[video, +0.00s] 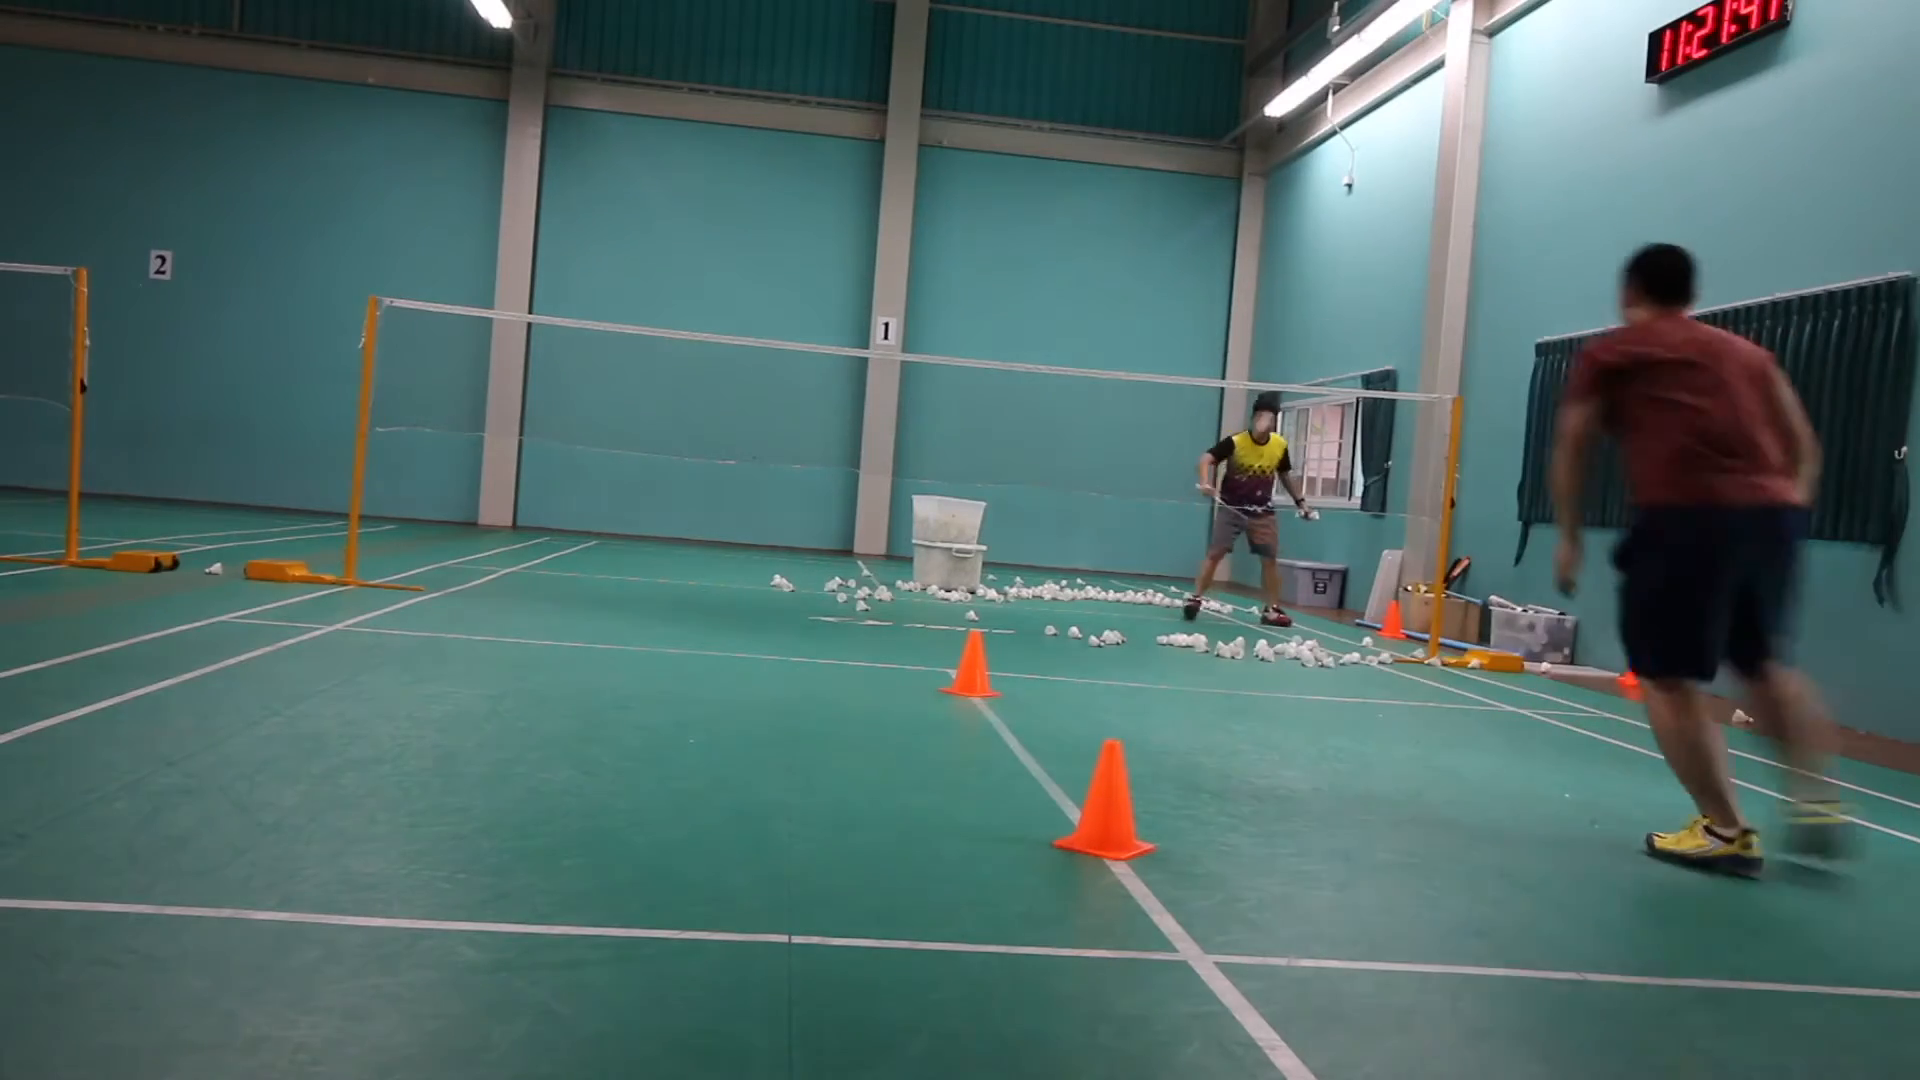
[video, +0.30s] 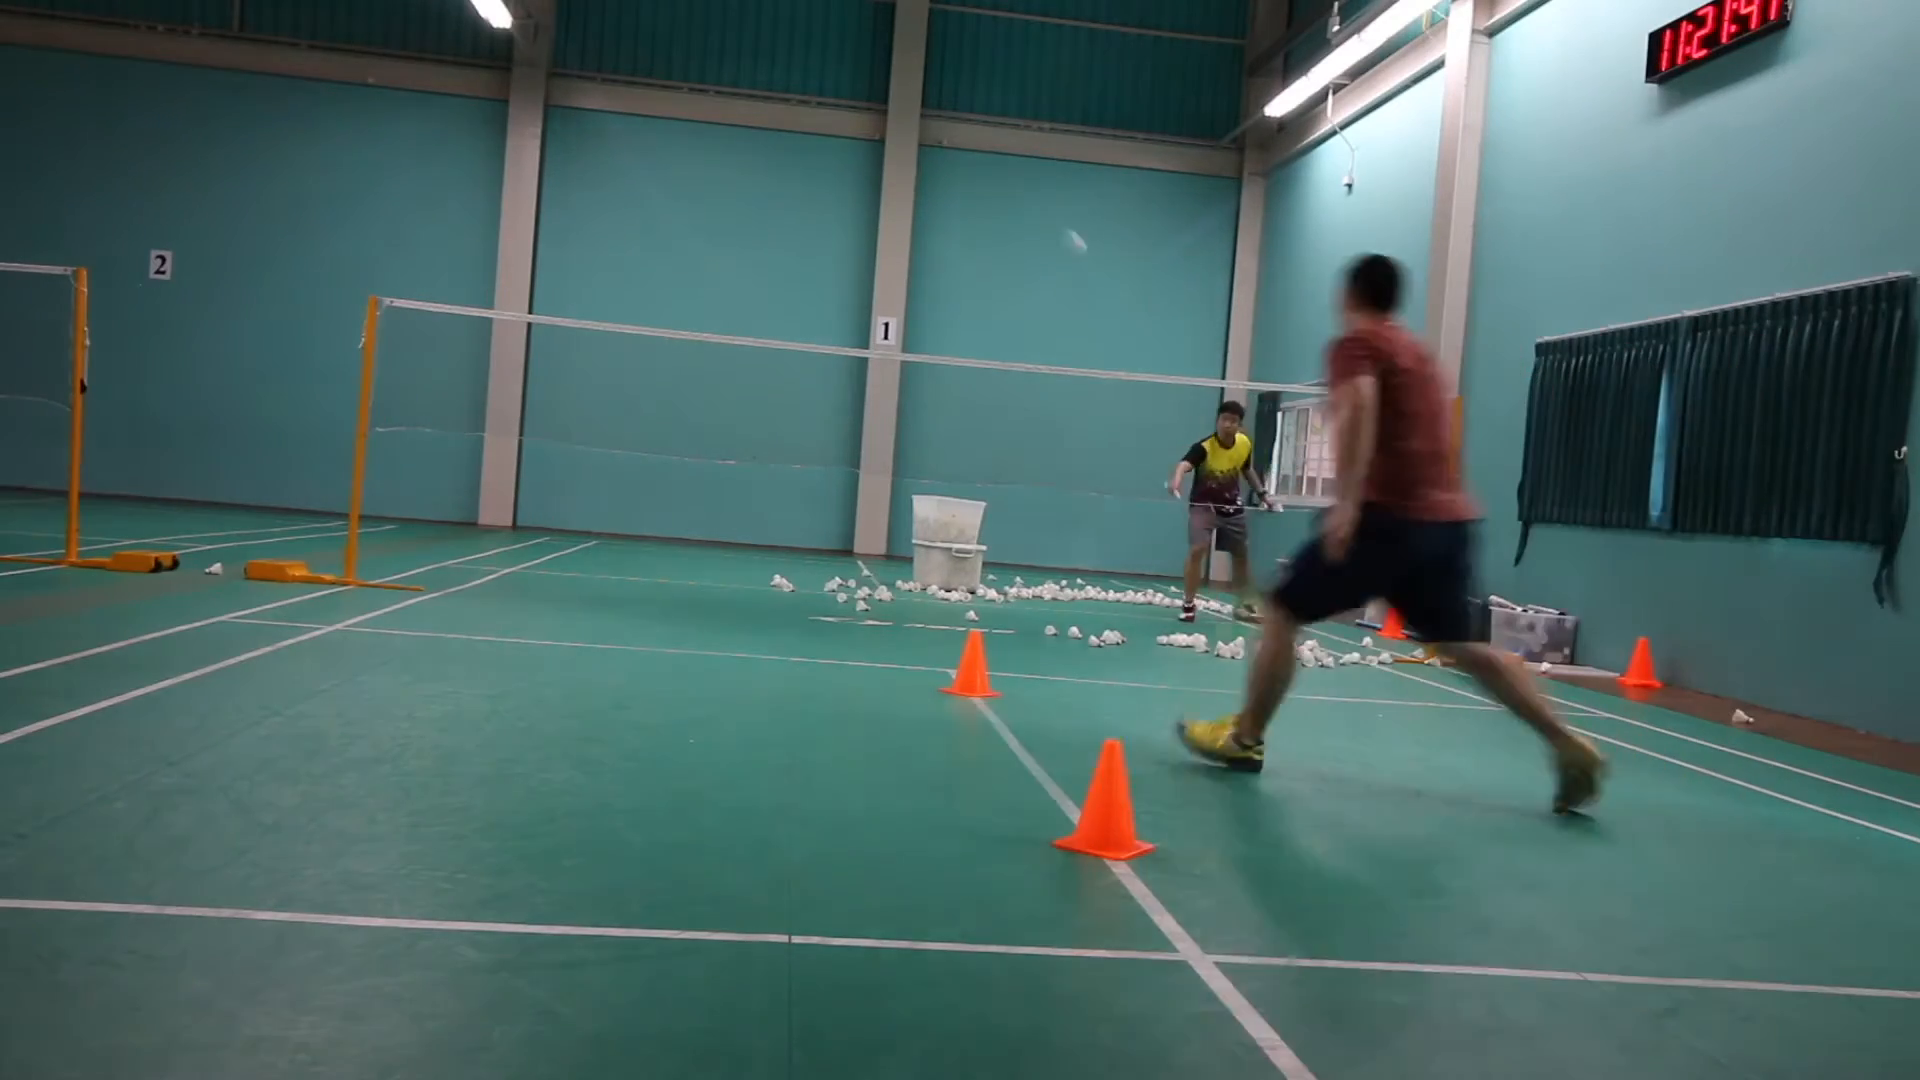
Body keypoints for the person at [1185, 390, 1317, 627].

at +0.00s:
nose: (1264, 420)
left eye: (1269, 416)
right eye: (1261, 415)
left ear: (1274, 420)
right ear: (1253, 417)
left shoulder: (1279, 446)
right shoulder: (1236, 442)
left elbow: (1286, 476)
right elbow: (1206, 459)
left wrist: (1300, 503)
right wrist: (1205, 483)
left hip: (1263, 513)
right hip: (1231, 509)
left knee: (1270, 559)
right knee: (1216, 554)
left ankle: (1272, 608)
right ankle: (1196, 598)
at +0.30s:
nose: (1228, 426)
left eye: (1233, 421)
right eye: (1225, 420)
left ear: (1240, 425)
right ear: (1217, 421)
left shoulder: (1245, 444)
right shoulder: (1205, 447)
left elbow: (1247, 470)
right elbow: (1185, 465)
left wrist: (1262, 494)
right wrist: (1176, 482)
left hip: (1232, 508)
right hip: (1203, 507)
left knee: (1241, 554)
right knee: (1198, 550)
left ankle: (1243, 603)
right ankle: (1189, 602)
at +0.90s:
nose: (1242, 416)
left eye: (1246, 412)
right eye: (1238, 411)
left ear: (1252, 416)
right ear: (1230, 415)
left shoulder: (1260, 441)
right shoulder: (1215, 446)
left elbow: (1264, 472)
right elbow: (1202, 479)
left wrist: (1278, 497)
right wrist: (1203, 510)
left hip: (1246, 509)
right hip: (1220, 508)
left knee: (1246, 556)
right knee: (1215, 549)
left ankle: (1235, 604)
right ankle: (1197, 599)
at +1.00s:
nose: (1251, 419)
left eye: (1255, 415)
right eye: (1247, 414)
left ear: (1260, 420)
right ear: (1237, 417)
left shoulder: (1260, 445)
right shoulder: (1224, 443)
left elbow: (1261, 475)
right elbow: (1208, 469)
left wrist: (1275, 499)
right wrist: (1217, 502)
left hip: (1243, 507)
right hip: (1218, 505)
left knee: (1246, 558)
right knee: (1218, 551)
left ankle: (1236, 604)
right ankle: (1208, 605)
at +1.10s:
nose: (1256, 419)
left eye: (1260, 415)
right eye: (1251, 413)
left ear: (1263, 420)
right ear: (1240, 416)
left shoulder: (1257, 447)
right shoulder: (1227, 436)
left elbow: (1254, 476)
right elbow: (1222, 444)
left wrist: (1268, 500)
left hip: (1240, 509)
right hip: (1216, 505)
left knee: (1245, 557)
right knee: (1219, 550)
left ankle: (1236, 604)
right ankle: (1207, 605)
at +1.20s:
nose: (1257, 410)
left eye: (1261, 407)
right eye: (1252, 405)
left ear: (1264, 414)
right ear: (1240, 410)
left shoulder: (1257, 444)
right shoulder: (1229, 428)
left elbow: (1248, 475)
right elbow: (1224, 408)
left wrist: (1261, 497)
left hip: (1241, 505)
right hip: (1219, 501)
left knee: (1241, 555)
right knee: (1222, 551)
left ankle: (1232, 603)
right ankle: (1208, 605)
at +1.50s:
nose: (1261, 406)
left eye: (1265, 405)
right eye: (1256, 403)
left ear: (1267, 414)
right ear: (1246, 409)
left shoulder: (1265, 444)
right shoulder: (1230, 424)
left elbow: (1264, 481)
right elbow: (1203, 410)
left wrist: (1280, 509)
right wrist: (1207, 378)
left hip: (1251, 503)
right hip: (1223, 496)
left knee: (1244, 556)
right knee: (1215, 548)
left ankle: (1232, 604)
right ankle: (1197, 600)